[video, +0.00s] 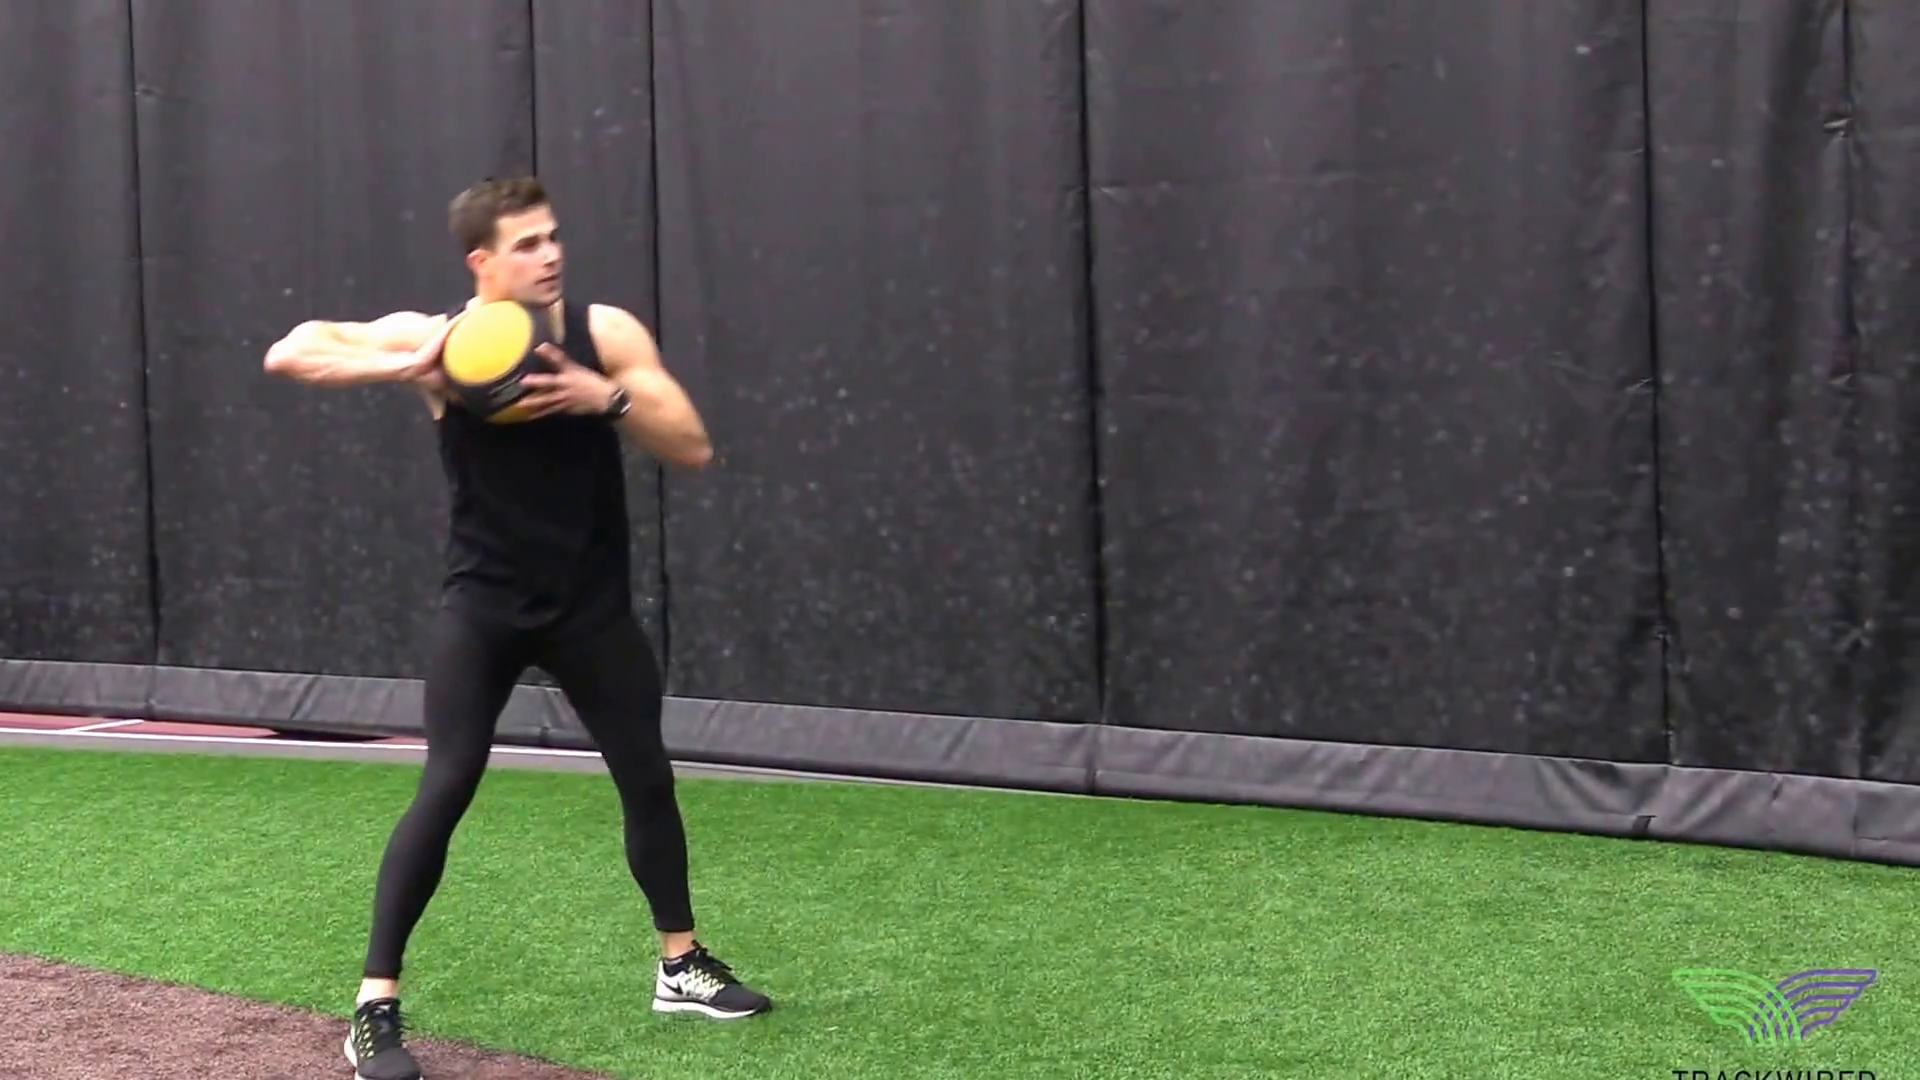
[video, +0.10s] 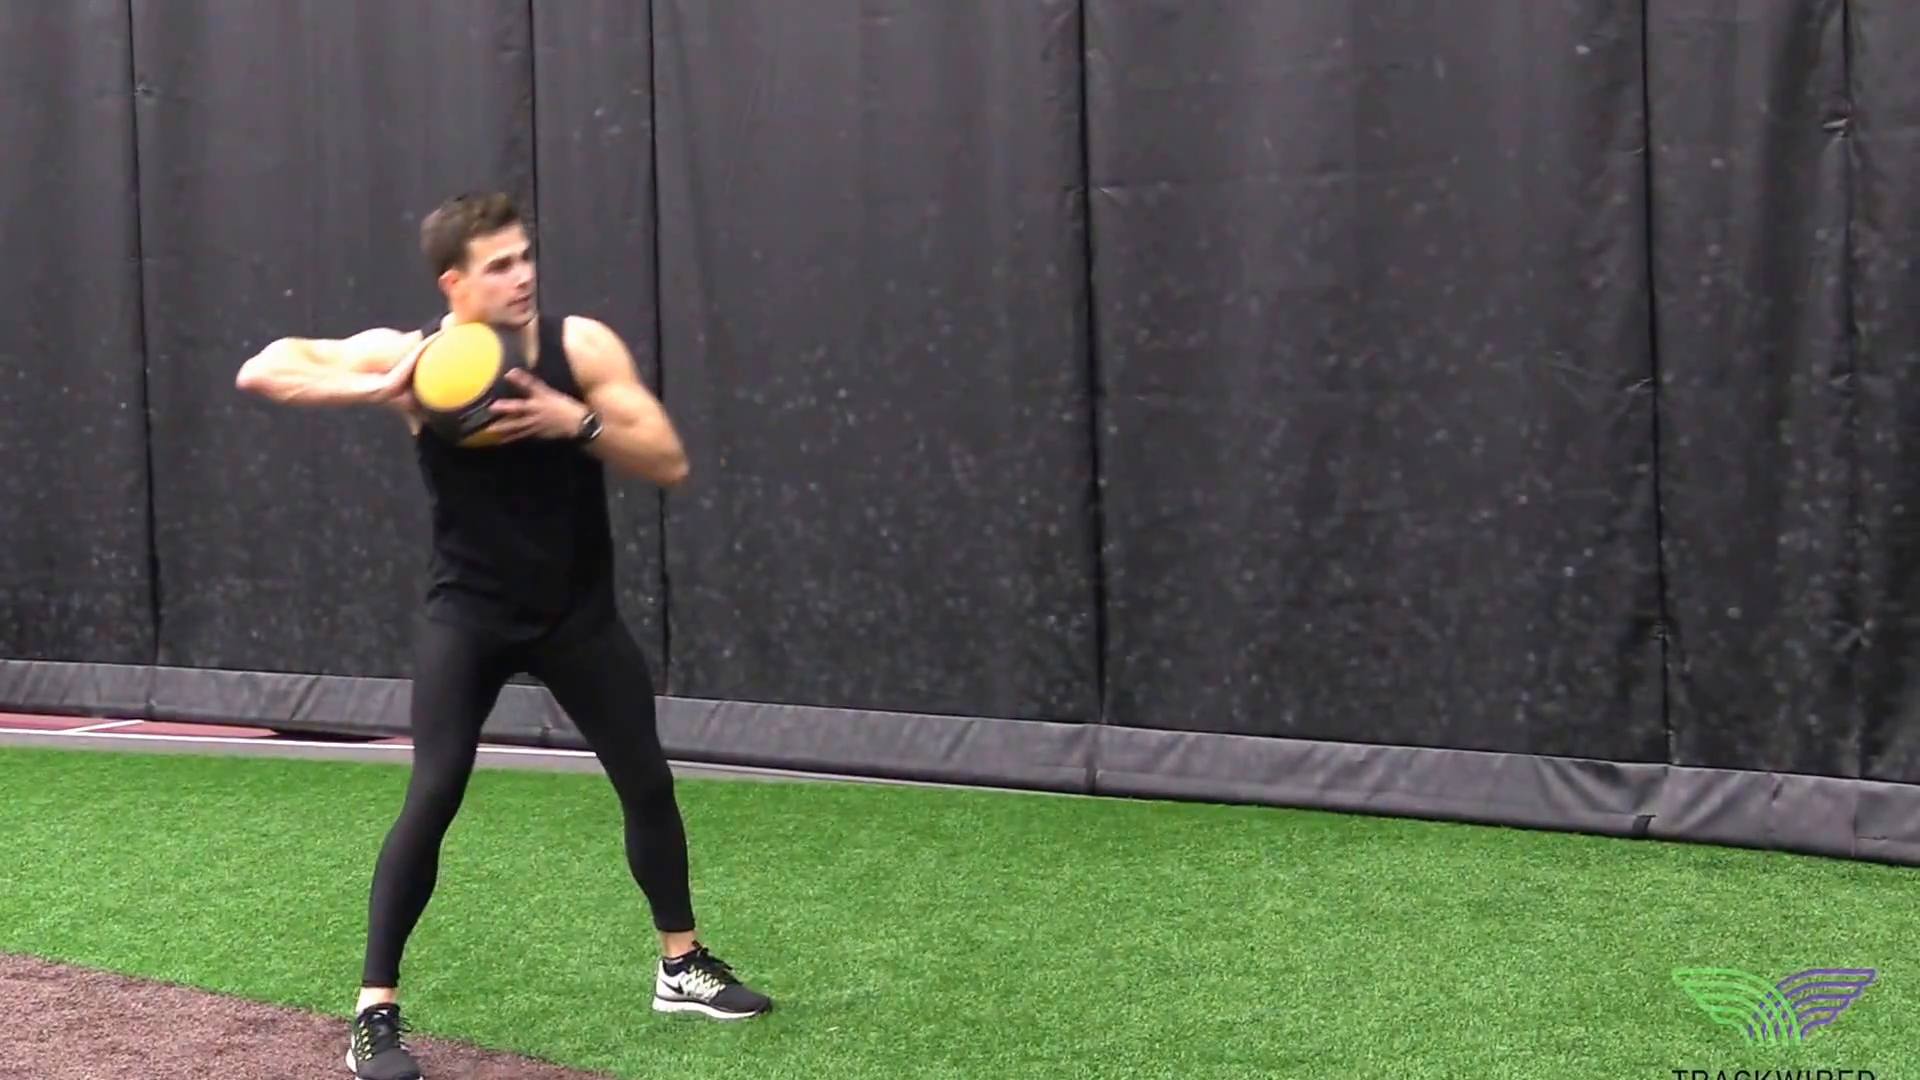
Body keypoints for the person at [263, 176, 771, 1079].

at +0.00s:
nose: (551, 257)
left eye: (554, 239)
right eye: (529, 246)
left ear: (562, 246)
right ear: (480, 265)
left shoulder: (608, 333)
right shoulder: (442, 338)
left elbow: (696, 449)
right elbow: (287, 354)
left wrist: (612, 397)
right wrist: (400, 362)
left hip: (592, 604)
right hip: (484, 604)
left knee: (648, 775)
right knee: (449, 782)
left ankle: (682, 962)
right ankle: (378, 994)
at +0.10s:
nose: (523, 278)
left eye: (527, 260)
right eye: (500, 267)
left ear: (537, 264)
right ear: (452, 284)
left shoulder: (583, 345)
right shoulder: (417, 354)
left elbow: (671, 462)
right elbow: (259, 373)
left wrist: (580, 422)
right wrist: (376, 388)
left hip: (579, 612)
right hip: (470, 612)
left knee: (648, 779)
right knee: (436, 789)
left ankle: (683, 961)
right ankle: (377, 1004)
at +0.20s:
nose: (496, 302)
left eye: (500, 283)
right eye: (472, 292)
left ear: (511, 284)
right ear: (425, 310)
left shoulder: (559, 361)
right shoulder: (382, 371)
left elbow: (645, 481)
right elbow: (234, 391)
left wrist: (551, 447)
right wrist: (343, 411)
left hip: (565, 618)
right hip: (453, 622)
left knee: (646, 782)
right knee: (430, 792)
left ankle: (685, 957)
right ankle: (378, 1006)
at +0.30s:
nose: (474, 327)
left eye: (476, 307)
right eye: (450, 318)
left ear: (484, 302)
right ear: (401, 336)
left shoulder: (537, 379)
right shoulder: (358, 391)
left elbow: (622, 499)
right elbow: (210, 407)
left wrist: (522, 472)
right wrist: (311, 432)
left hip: (550, 617)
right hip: (440, 625)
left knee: (642, 782)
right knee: (422, 792)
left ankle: (687, 950)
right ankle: (377, 1009)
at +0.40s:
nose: (455, 352)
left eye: (456, 332)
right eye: (432, 344)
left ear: (464, 322)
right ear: (382, 362)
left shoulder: (517, 397)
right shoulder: (340, 411)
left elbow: (601, 518)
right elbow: (189, 425)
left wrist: (501, 496)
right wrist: (292, 455)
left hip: (542, 619)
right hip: (431, 629)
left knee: (638, 782)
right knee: (415, 796)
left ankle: (690, 938)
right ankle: (377, 1010)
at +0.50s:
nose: (441, 376)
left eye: (440, 354)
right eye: (417, 368)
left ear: (448, 346)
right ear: (367, 384)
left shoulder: (501, 412)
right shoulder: (328, 427)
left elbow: (585, 535)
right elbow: (172, 441)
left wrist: (486, 518)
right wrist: (275, 473)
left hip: (535, 619)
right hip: (424, 636)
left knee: (631, 781)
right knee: (409, 800)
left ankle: (692, 933)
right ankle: (377, 1011)